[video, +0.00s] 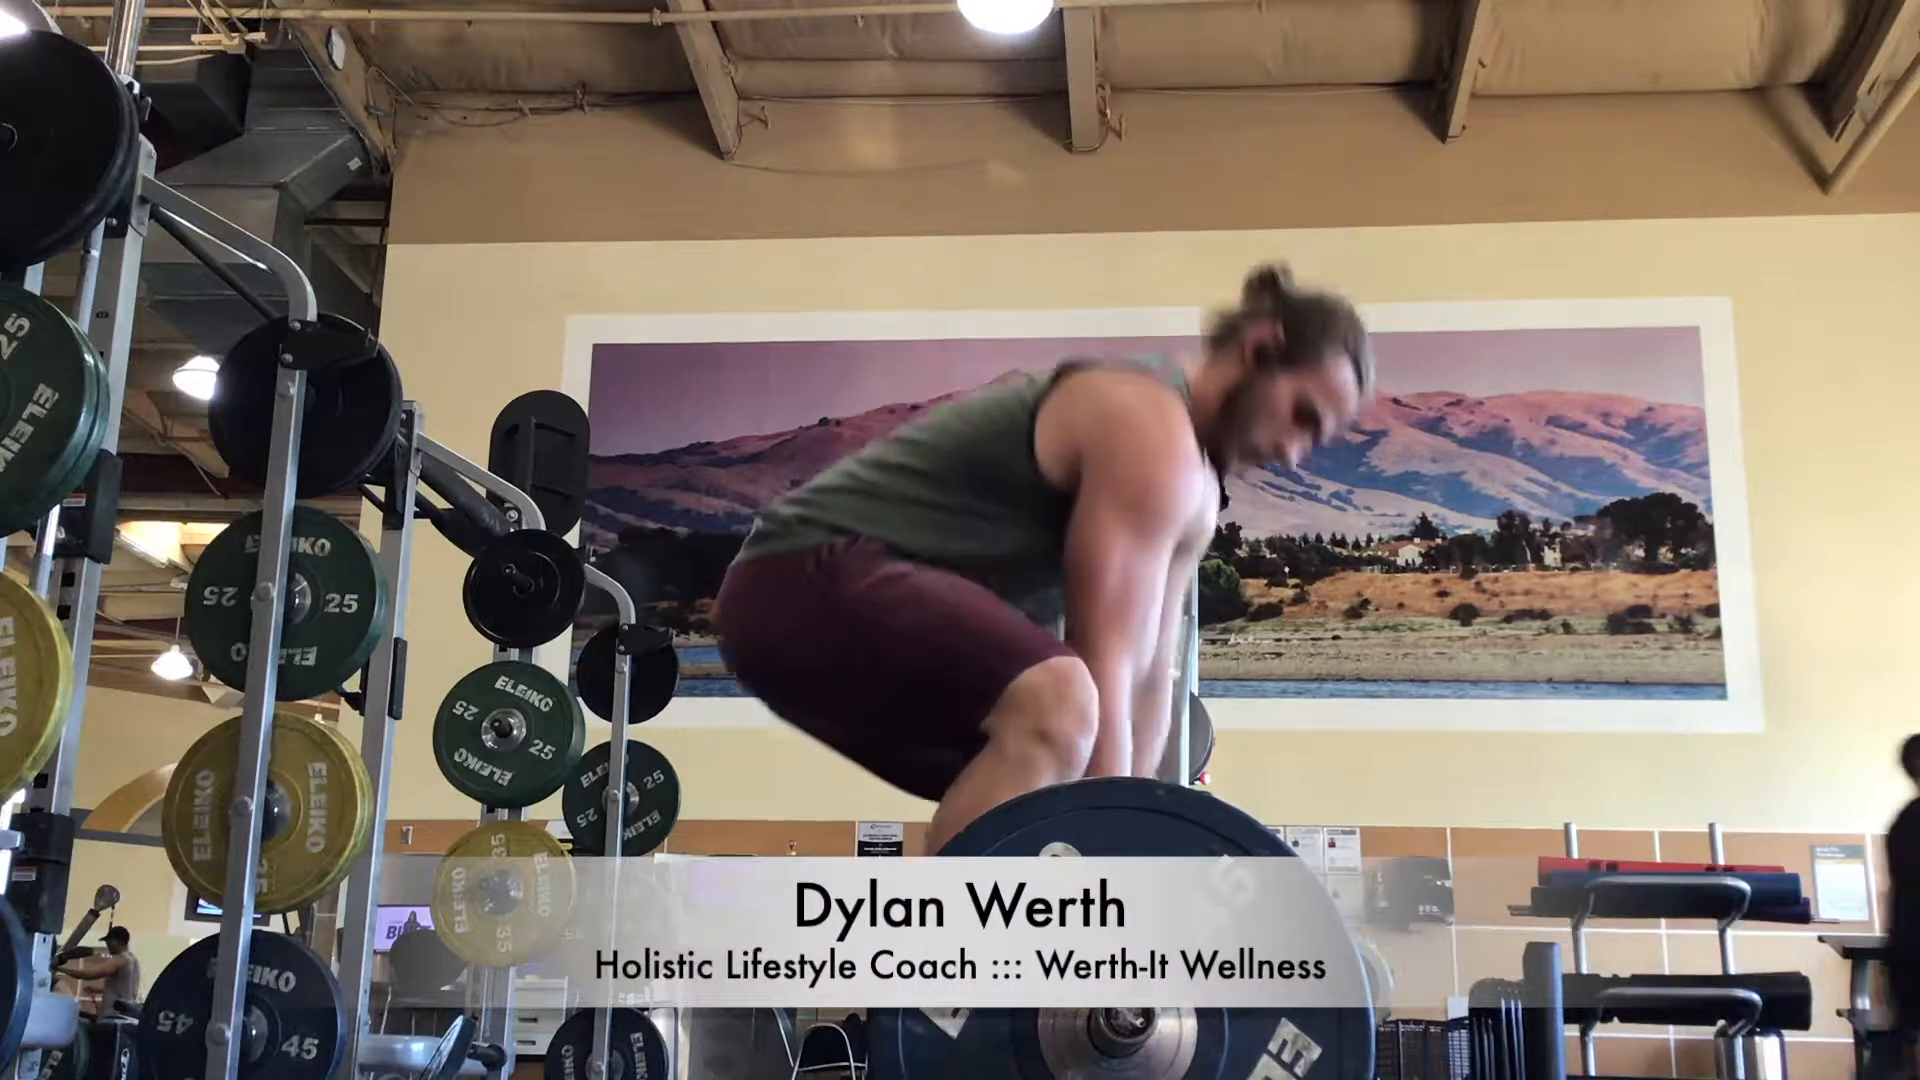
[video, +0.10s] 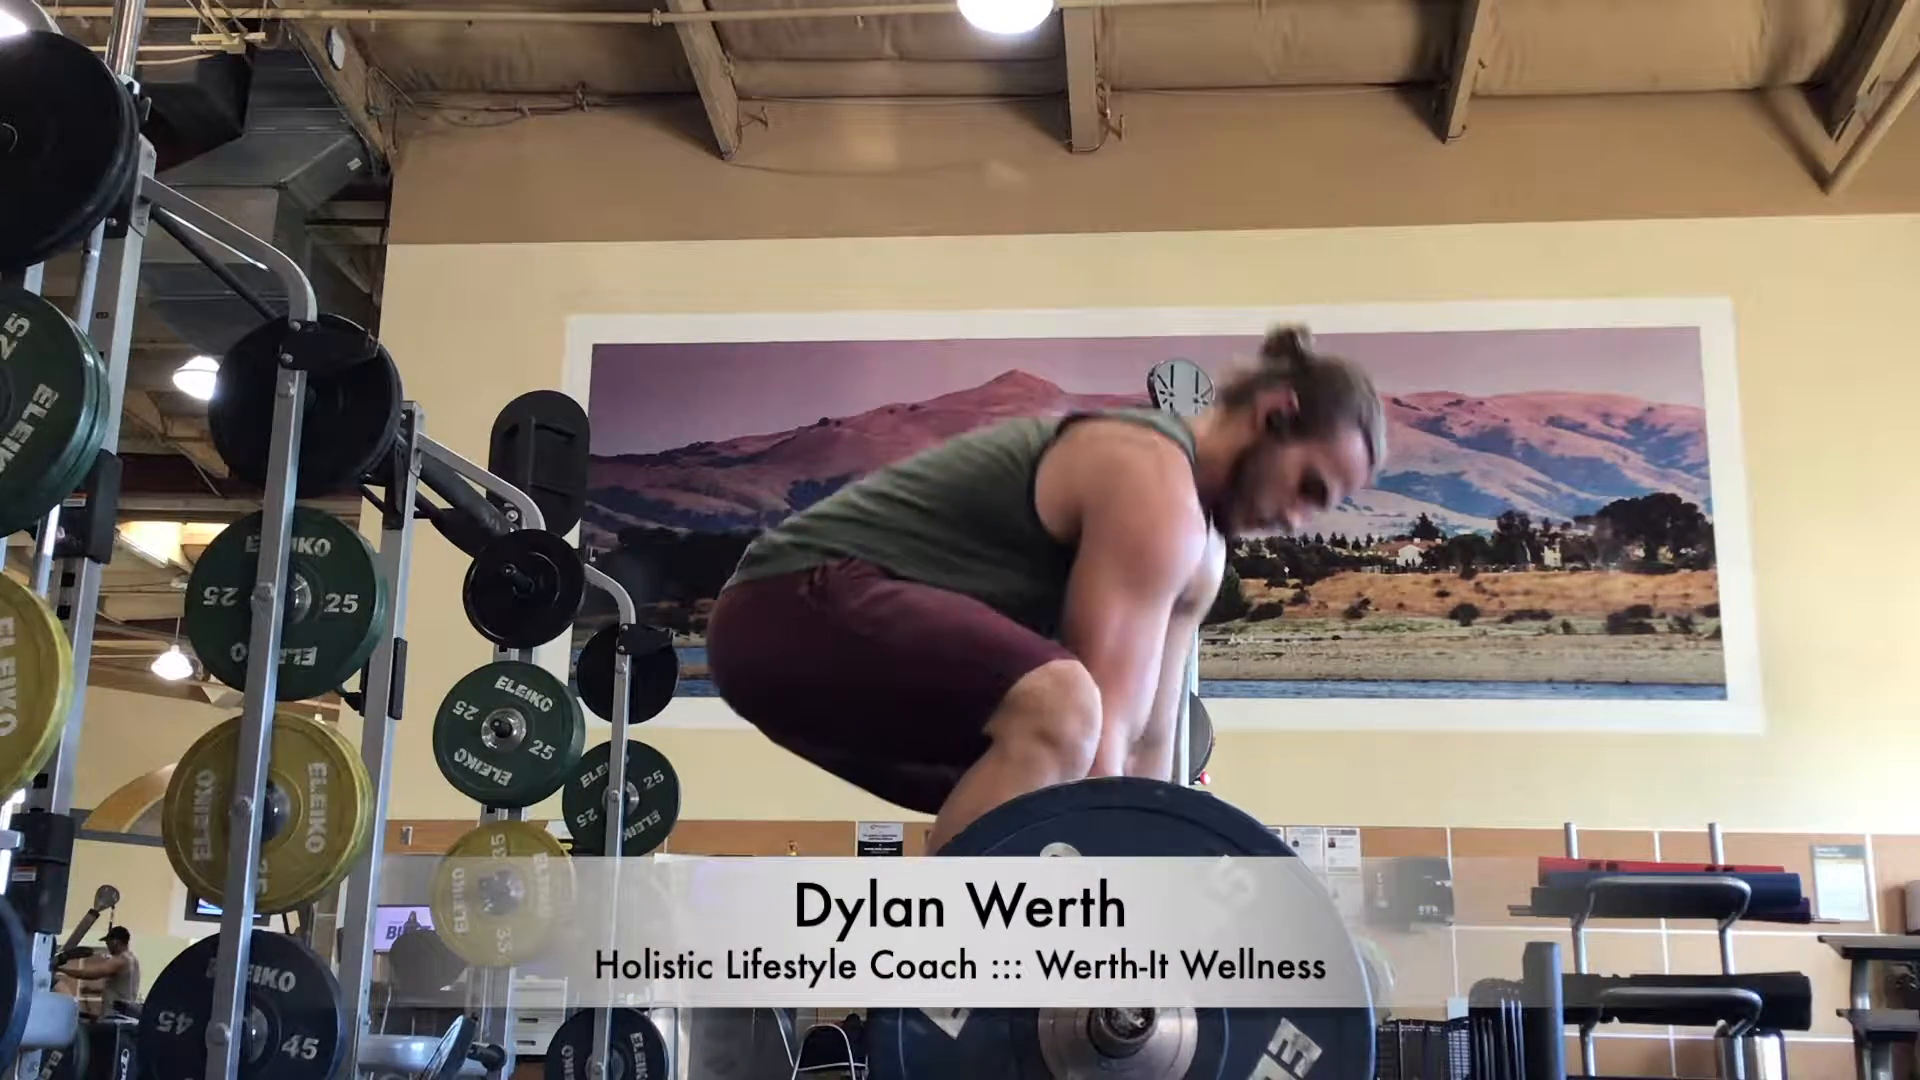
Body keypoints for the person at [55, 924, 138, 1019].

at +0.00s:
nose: (107, 946)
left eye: (109, 943)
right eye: (107, 943)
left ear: (116, 942)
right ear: (124, 942)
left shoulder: (121, 960)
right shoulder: (132, 960)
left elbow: (89, 975)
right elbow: (122, 989)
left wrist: (60, 969)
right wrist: (97, 990)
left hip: (111, 1017)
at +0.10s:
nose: (107, 946)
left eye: (108, 943)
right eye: (106, 943)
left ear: (116, 943)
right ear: (123, 943)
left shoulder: (121, 960)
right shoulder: (132, 960)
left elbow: (87, 974)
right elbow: (117, 987)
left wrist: (61, 969)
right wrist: (90, 989)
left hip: (112, 1017)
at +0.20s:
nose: (107, 946)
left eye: (108, 943)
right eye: (106, 943)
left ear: (116, 943)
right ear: (123, 943)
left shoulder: (121, 960)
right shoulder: (131, 960)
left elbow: (89, 974)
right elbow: (111, 989)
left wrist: (61, 969)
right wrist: (81, 991)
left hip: (113, 1017)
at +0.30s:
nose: (107, 946)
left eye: (108, 943)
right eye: (106, 943)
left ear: (116, 943)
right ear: (123, 943)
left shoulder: (121, 960)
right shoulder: (131, 959)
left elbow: (89, 974)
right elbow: (111, 989)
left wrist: (61, 969)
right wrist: (80, 990)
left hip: (113, 1017)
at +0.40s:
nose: (107, 946)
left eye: (108, 943)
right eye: (106, 943)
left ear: (116, 943)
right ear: (122, 943)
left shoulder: (121, 960)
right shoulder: (131, 960)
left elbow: (88, 974)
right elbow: (110, 991)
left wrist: (61, 969)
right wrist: (79, 989)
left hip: (113, 1017)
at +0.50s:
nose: (107, 947)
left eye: (108, 943)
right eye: (106, 943)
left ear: (116, 943)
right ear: (122, 943)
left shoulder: (121, 960)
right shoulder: (130, 960)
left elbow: (88, 974)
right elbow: (103, 987)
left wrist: (61, 969)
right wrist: (76, 985)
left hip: (113, 1017)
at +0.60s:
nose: (107, 947)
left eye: (108, 944)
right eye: (106, 944)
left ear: (116, 943)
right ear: (122, 943)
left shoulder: (122, 960)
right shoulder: (130, 961)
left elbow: (89, 974)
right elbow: (102, 987)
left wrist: (61, 969)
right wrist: (78, 984)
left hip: (113, 1017)